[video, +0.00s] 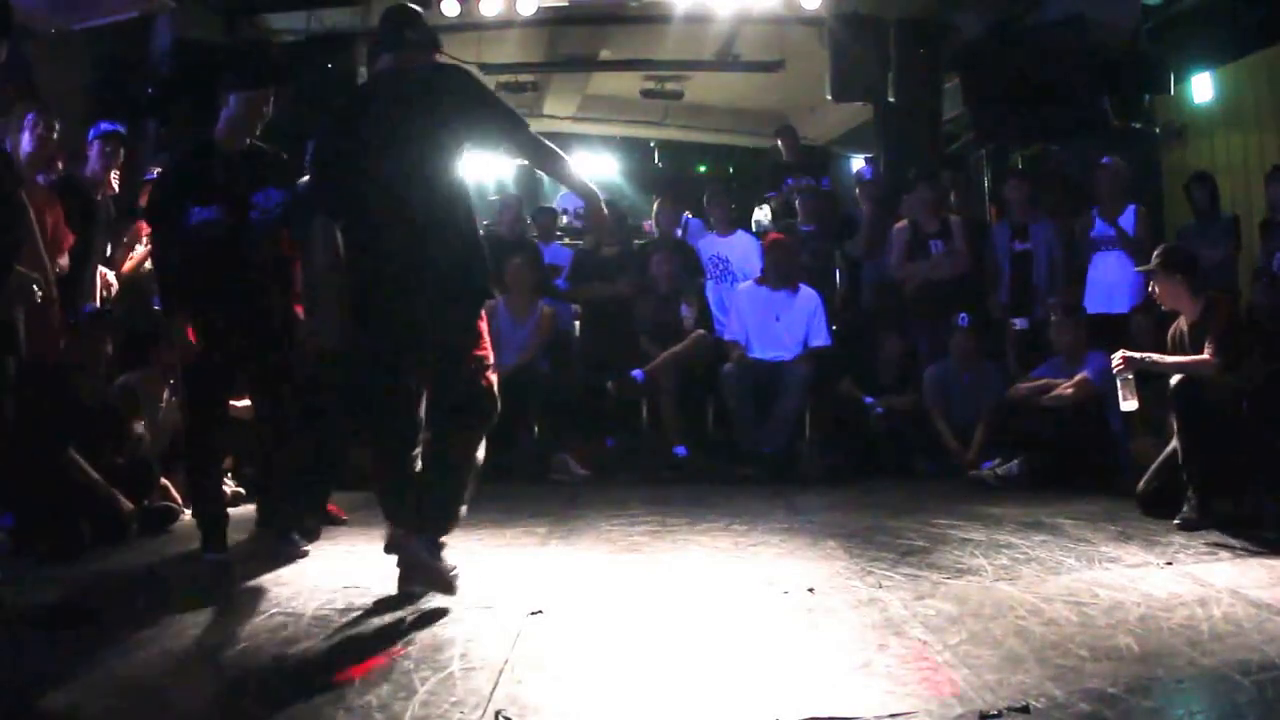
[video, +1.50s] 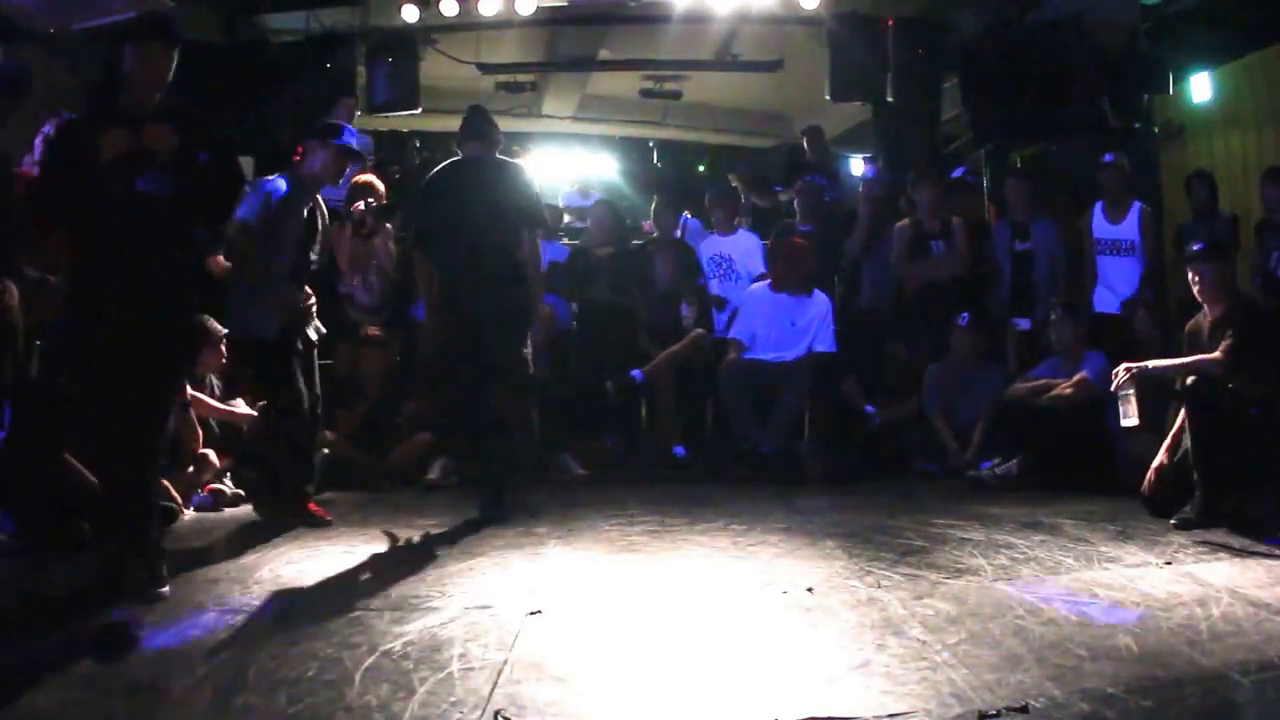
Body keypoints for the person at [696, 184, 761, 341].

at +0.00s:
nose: (717, 213)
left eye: (721, 206)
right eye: (713, 207)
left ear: (731, 208)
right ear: (707, 211)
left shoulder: (749, 242)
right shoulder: (703, 246)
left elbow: (759, 282)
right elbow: (701, 282)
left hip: (749, 320)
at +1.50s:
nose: (717, 215)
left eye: (722, 209)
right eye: (713, 210)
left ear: (734, 210)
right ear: (709, 212)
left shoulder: (750, 241)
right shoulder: (705, 246)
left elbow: (762, 281)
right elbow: (700, 282)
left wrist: (742, 307)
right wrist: (711, 298)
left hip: (749, 317)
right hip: (718, 321)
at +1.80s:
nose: (723, 213)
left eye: (727, 208)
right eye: (719, 208)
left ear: (735, 208)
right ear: (711, 212)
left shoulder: (753, 242)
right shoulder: (705, 247)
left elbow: (763, 276)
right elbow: (699, 283)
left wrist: (739, 287)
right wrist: (721, 290)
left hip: (754, 323)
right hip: (722, 326)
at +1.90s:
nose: (721, 214)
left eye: (726, 208)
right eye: (716, 209)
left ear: (736, 209)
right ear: (711, 211)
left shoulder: (753, 242)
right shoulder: (706, 247)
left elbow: (766, 278)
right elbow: (695, 284)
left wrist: (728, 275)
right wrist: (720, 293)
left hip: (753, 324)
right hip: (721, 326)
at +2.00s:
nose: (720, 213)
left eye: (725, 207)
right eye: (715, 207)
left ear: (735, 208)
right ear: (710, 210)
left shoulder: (754, 242)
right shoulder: (706, 248)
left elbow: (761, 279)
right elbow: (697, 283)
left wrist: (728, 259)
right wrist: (719, 293)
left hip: (756, 322)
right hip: (723, 325)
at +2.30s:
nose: (730, 216)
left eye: (734, 211)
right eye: (725, 211)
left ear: (741, 212)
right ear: (718, 214)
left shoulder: (754, 239)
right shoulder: (706, 249)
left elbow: (758, 268)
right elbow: (698, 284)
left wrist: (731, 240)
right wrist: (719, 290)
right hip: (724, 326)